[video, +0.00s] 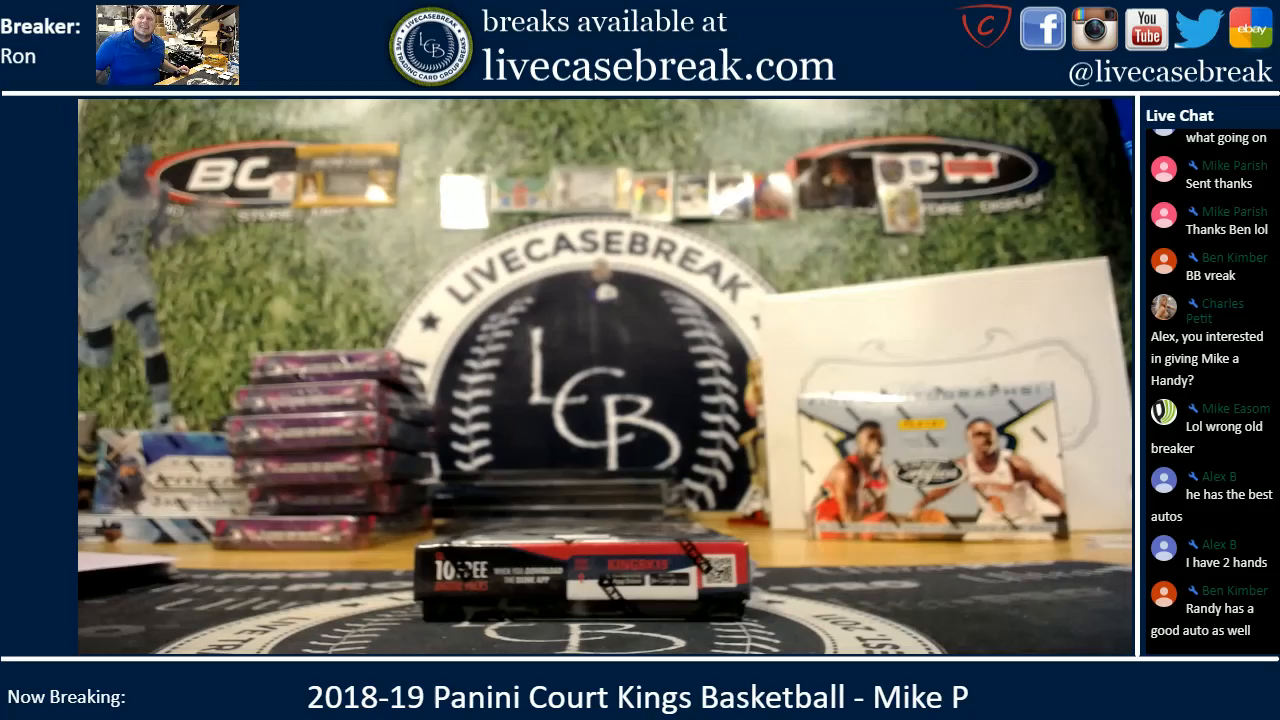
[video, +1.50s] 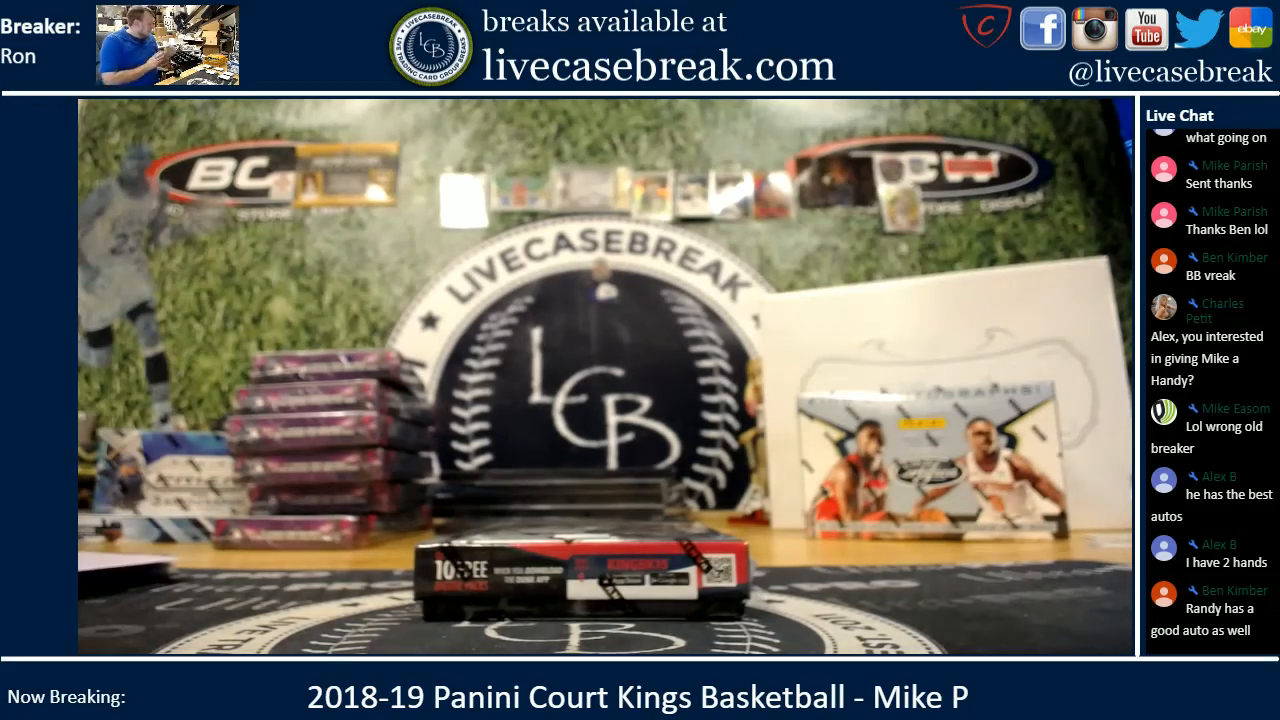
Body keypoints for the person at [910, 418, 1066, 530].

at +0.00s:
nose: (985, 440)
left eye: (989, 435)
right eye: (979, 435)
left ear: (995, 438)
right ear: (969, 440)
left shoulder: (1013, 463)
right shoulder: (964, 465)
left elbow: (1038, 481)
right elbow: (946, 485)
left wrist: (1061, 503)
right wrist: (922, 502)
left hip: (1025, 520)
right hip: (990, 521)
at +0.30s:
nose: (985, 438)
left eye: (989, 433)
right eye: (979, 434)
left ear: (995, 437)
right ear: (969, 438)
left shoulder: (1013, 462)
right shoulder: (964, 464)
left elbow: (1038, 481)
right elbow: (947, 484)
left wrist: (1062, 503)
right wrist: (923, 501)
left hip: (1026, 518)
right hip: (991, 519)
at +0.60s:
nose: (985, 439)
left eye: (989, 434)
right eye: (979, 434)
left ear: (995, 437)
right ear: (968, 439)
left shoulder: (1013, 461)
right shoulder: (964, 464)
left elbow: (1038, 481)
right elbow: (946, 485)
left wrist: (1063, 503)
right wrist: (924, 500)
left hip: (1026, 518)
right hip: (991, 520)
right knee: (970, 547)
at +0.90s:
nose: (986, 439)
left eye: (989, 434)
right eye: (979, 434)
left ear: (995, 437)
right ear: (968, 438)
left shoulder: (1013, 461)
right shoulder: (964, 464)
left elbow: (1038, 482)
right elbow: (946, 485)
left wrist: (1063, 503)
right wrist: (923, 501)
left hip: (1026, 518)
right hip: (991, 519)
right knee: (971, 547)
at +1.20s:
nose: (986, 438)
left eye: (989, 434)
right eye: (979, 434)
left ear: (995, 437)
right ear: (969, 439)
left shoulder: (1013, 461)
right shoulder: (964, 464)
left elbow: (1038, 482)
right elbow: (946, 485)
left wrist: (1063, 504)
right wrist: (923, 501)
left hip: (1026, 518)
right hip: (991, 520)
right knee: (971, 548)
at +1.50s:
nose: (986, 438)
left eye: (989, 434)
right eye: (979, 434)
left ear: (995, 437)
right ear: (969, 438)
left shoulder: (1013, 462)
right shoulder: (964, 465)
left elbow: (1038, 482)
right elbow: (946, 485)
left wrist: (1062, 503)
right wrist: (923, 501)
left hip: (1026, 519)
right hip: (990, 521)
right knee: (969, 546)